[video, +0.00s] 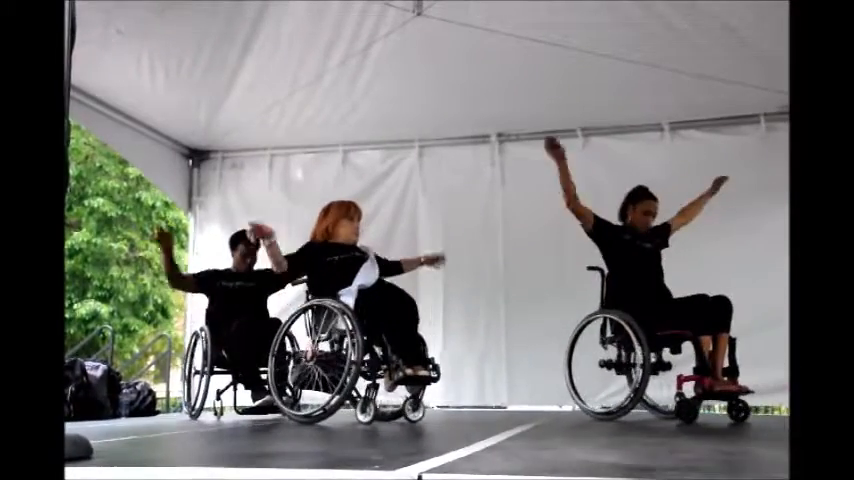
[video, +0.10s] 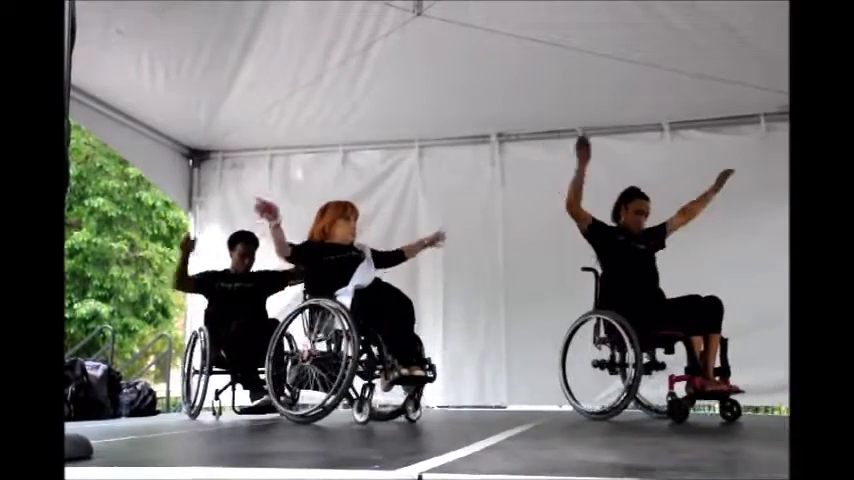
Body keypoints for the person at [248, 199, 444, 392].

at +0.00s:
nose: (358, 226)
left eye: (358, 221)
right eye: (353, 220)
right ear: (335, 222)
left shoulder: (362, 255)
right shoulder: (316, 250)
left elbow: (391, 267)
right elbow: (284, 269)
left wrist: (422, 261)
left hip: (363, 309)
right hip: (332, 313)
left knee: (404, 303)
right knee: (387, 307)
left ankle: (414, 361)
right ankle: (401, 363)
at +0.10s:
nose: (353, 225)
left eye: (354, 220)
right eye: (347, 219)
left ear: (355, 225)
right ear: (329, 223)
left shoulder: (362, 253)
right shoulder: (314, 250)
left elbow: (394, 257)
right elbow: (285, 253)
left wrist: (425, 243)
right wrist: (274, 223)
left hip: (359, 311)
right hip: (330, 314)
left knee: (401, 305)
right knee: (383, 309)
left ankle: (410, 362)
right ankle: (401, 363)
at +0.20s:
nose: (350, 225)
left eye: (351, 221)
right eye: (344, 220)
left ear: (353, 224)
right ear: (327, 223)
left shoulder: (360, 253)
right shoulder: (312, 250)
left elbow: (396, 251)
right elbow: (291, 248)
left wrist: (428, 232)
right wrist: (286, 215)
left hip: (360, 304)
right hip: (327, 310)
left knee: (398, 305)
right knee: (378, 313)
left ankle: (407, 362)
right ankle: (391, 364)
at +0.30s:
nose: (346, 227)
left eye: (346, 223)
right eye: (340, 222)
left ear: (346, 226)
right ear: (323, 225)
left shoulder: (354, 255)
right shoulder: (309, 253)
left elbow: (395, 255)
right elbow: (298, 250)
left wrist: (435, 236)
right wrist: (303, 226)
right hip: (325, 312)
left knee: (394, 307)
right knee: (375, 314)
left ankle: (402, 362)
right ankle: (393, 364)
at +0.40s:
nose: (343, 225)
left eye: (343, 221)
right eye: (337, 220)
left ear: (343, 226)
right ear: (320, 224)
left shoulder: (353, 255)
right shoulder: (307, 251)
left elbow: (395, 265)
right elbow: (300, 260)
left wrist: (438, 250)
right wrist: (309, 242)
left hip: (350, 307)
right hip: (319, 311)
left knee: (388, 304)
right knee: (369, 307)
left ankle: (399, 364)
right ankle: (382, 365)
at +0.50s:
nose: (338, 226)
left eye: (340, 222)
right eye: (332, 221)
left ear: (342, 225)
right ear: (316, 225)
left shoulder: (348, 256)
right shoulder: (301, 252)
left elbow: (384, 281)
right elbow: (300, 273)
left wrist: (422, 284)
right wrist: (319, 274)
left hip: (349, 307)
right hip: (318, 312)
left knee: (388, 305)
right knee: (368, 308)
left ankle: (396, 363)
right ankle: (383, 364)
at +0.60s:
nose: (339, 227)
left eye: (340, 222)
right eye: (333, 221)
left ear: (342, 226)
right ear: (317, 225)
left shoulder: (346, 256)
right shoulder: (300, 253)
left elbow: (370, 285)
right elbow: (300, 283)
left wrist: (401, 297)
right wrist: (318, 296)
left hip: (362, 299)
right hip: (335, 304)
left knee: (386, 306)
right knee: (369, 312)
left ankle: (393, 364)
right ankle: (384, 365)